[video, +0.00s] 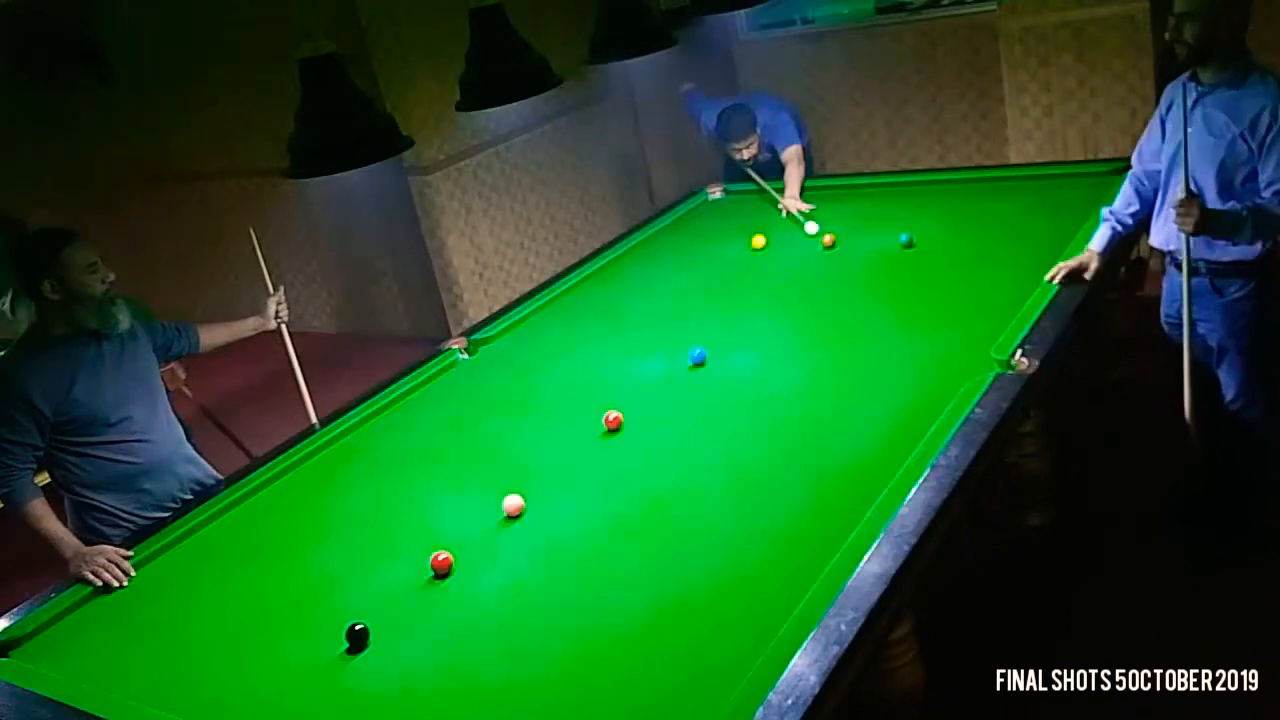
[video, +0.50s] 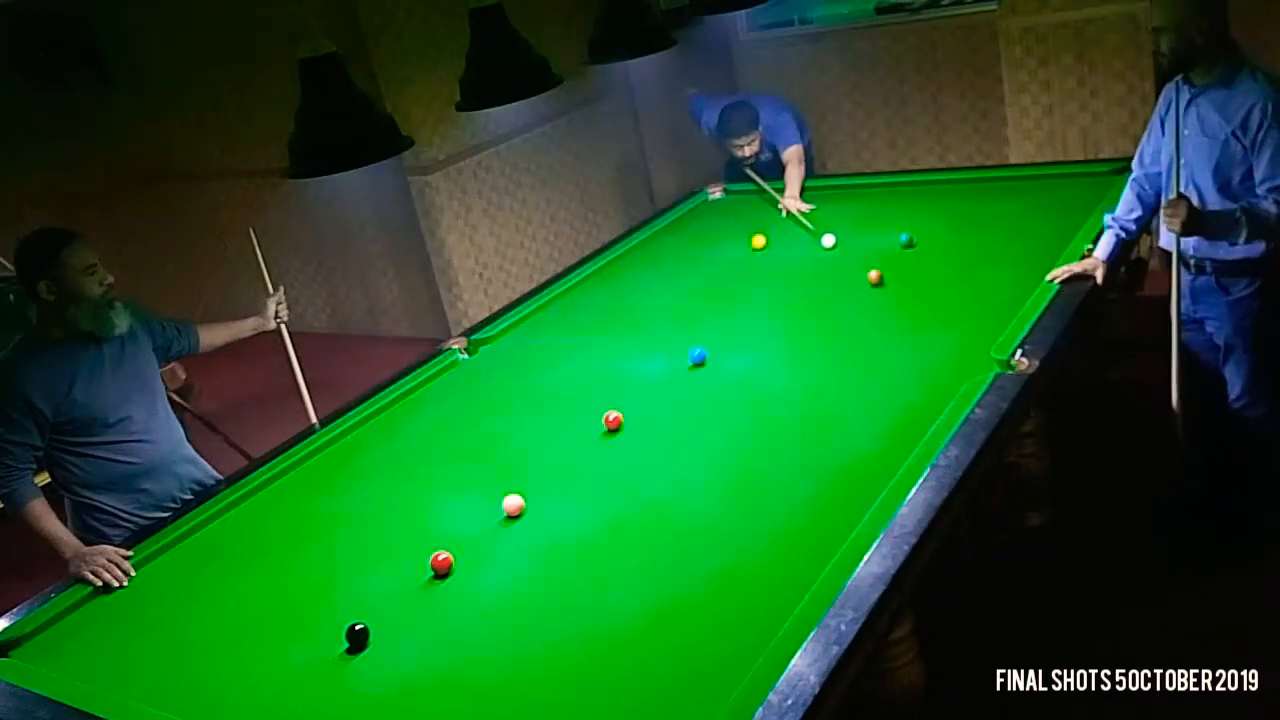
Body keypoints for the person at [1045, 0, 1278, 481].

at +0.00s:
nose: (1172, 32)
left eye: (1186, 18)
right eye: (1171, 18)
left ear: (1228, 22)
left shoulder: (1266, 103)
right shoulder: (1177, 97)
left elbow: (1275, 214)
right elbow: (1143, 177)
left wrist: (1214, 220)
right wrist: (1098, 249)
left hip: (1237, 287)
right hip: (1176, 279)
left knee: (1242, 416)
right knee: (1186, 410)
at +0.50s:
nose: (1157, 46)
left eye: (1165, 32)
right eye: (1154, 34)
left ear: (1205, 28)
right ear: (1170, 36)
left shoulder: (1260, 102)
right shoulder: (1174, 96)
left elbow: (1272, 213)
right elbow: (1144, 178)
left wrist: (1204, 223)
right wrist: (1103, 252)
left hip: (1242, 288)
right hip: (1188, 282)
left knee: (1247, 410)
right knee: (1195, 405)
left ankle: (1252, 526)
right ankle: (1199, 516)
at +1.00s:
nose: (1151, 63)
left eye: (1157, 52)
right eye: (1146, 52)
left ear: (1193, 39)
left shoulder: (1258, 101)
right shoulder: (1173, 96)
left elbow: (1277, 213)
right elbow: (1145, 179)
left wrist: (1209, 221)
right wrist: (1104, 254)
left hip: (1245, 284)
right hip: (1187, 279)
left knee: (1248, 407)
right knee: (1199, 405)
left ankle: (1258, 520)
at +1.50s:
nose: (1152, 69)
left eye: (1158, 55)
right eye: (1145, 57)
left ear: (1193, 39)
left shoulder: (1260, 99)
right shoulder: (1173, 97)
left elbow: (1277, 210)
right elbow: (1145, 180)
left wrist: (1214, 219)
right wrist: (1104, 253)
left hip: (1243, 284)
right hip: (1185, 278)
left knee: (1248, 409)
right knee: (1199, 407)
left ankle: (1257, 523)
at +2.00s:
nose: (1136, 60)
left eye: (1143, 49)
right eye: (1133, 49)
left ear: (1181, 42)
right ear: (1175, 45)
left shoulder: (1255, 101)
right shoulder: (1167, 98)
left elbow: (1276, 209)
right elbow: (1143, 182)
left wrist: (1215, 223)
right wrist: (1104, 254)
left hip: (1241, 285)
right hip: (1185, 281)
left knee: (1247, 408)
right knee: (1195, 405)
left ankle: (1257, 524)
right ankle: (1204, 517)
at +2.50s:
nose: (1142, 99)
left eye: (1150, 87)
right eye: (1133, 88)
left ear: (1182, 68)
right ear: (1129, 75)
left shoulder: (1239, 123)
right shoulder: (1144, 119)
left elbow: (1272, 225)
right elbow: (1123, 193)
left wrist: (1220, 275)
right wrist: (1097, 242)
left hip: (1232, 305)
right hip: (1178, 301)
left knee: (1227, 422)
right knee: (1185, 416)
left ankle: (1235, 535)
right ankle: (1191, 523)